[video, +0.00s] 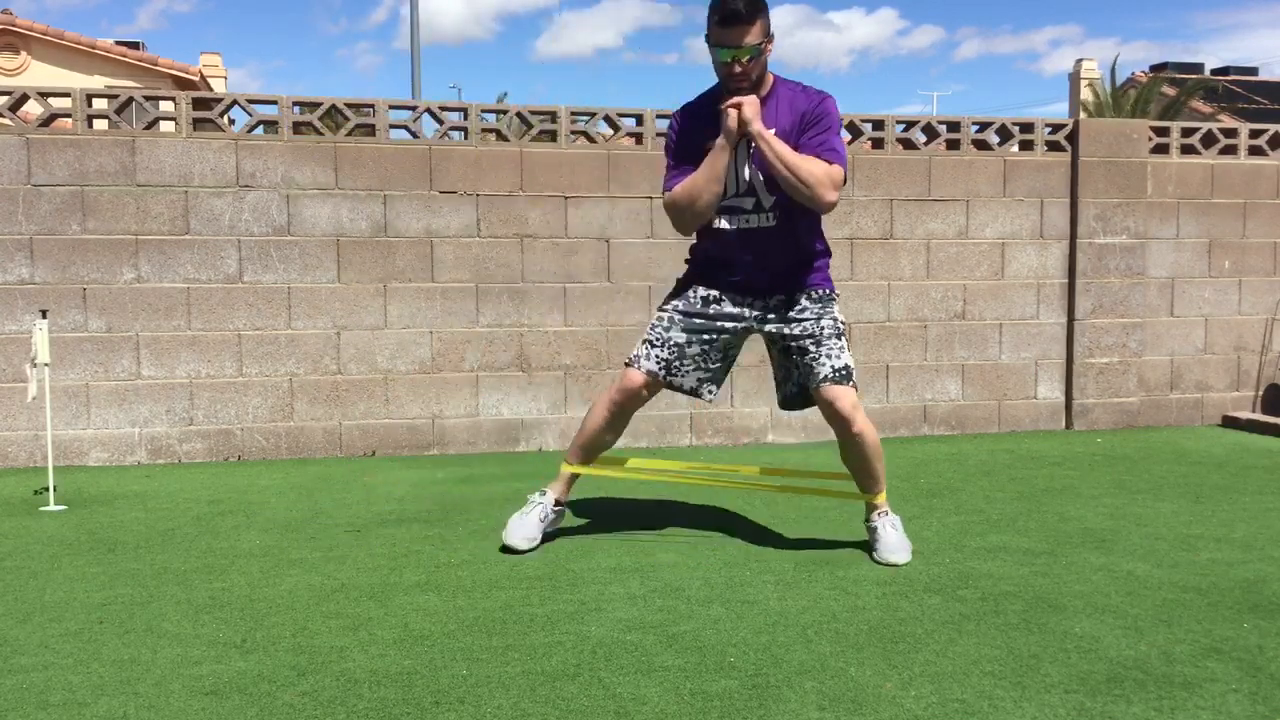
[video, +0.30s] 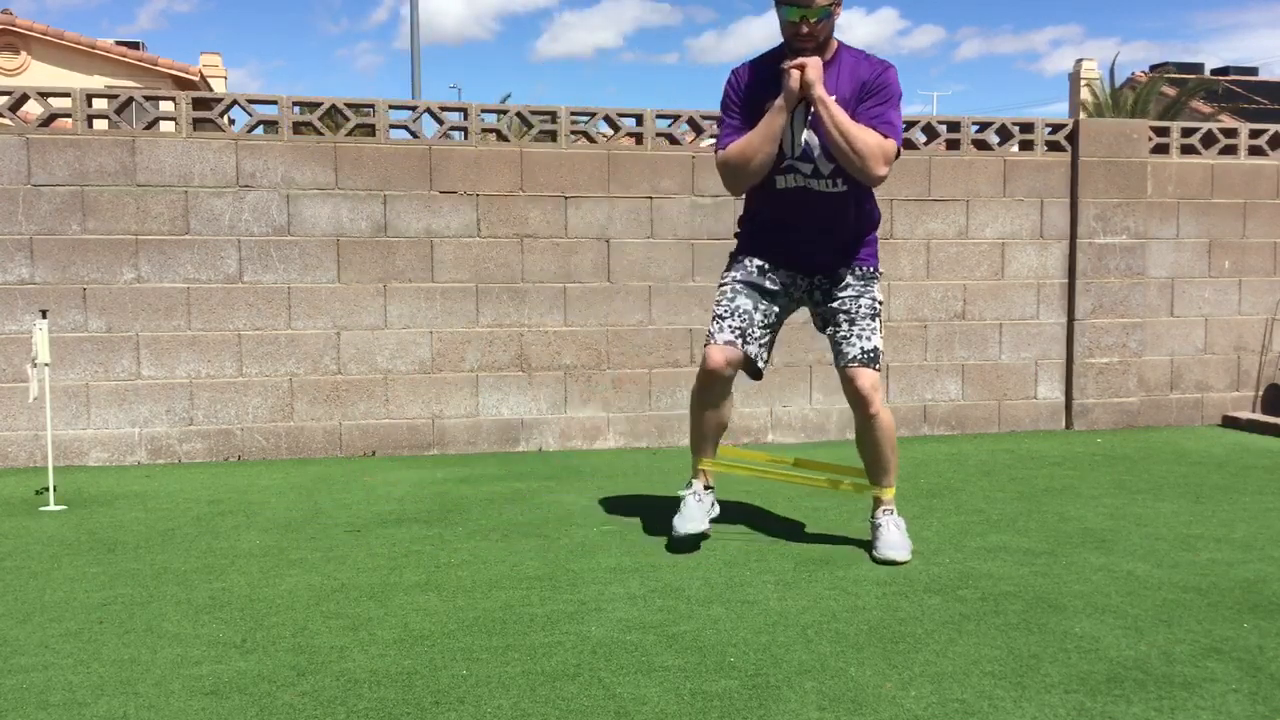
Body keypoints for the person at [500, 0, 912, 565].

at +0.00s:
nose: (736, 65)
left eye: (747, 52)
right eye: (723, 53)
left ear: (768, 42)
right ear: (708, 46)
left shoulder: (811, 107)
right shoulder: (692, 119)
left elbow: (824, 194)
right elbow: (684, 217)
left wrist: (758, 134)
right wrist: (727, 141)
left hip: (799, 285)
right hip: (713, 282)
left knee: (843, 406)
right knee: (631, 385)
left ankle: (881, 514)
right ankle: (553, 497)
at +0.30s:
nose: (802, 27)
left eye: (816, 15)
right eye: (791, 14)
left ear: (837, 11)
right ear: (777, 12)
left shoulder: (873, 75)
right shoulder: (749, 78)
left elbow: (875, 166)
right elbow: (734, 177)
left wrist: (818, 96)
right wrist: (784, 103)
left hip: (845, 257)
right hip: (765, 252)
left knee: (863, 384)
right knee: (716, 362)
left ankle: (886, 510)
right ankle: (699, 486)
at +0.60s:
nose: (805, 37)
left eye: (819, 26)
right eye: (793, 24)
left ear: (838, 24)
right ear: (777, 21)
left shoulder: (870, 92)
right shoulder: (746, 95)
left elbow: (872, 185)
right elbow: (734, 193)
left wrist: (817, 110)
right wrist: (787, 115)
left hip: (851, 265)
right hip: (769, 267)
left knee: (886, 377)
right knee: (733, 387)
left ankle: (906, 502)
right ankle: (714, 505)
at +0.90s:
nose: (875, 43)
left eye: (888, 31)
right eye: (862, 30)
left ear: (905, 31)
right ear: (843, 31)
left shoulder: (940, 97)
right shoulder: (812, 109)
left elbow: (953, 184)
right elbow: (801, 202)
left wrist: (889, 115)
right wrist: (855, 122)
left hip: (933, 280)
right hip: (843, 286)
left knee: (1009, 392)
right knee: (787, 396)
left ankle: (1070, 514)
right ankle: (725, 505)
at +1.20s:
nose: (974, 10)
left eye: (985, 0)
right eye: (960, 1)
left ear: (1000, 5)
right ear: (941, 6)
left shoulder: (1041, 67)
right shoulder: (906, 80)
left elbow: (1079, 158)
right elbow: (901, 181)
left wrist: (1010, 104)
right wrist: (965, 116)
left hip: (1004, 260)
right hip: (914, 256)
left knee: (1049, 387)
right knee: (854, 365)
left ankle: (1074, 516)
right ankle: (800, 489)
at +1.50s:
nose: (952, 0)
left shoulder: (1018, 62)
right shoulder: (882, 71)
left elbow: (1058, 143)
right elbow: (854, 170)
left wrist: (1044, 191)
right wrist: (912, 196)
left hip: (993, 264)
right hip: (904, 266)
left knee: (1034, 384)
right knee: (859, 384)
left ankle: (1075, 518)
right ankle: (828, 502)